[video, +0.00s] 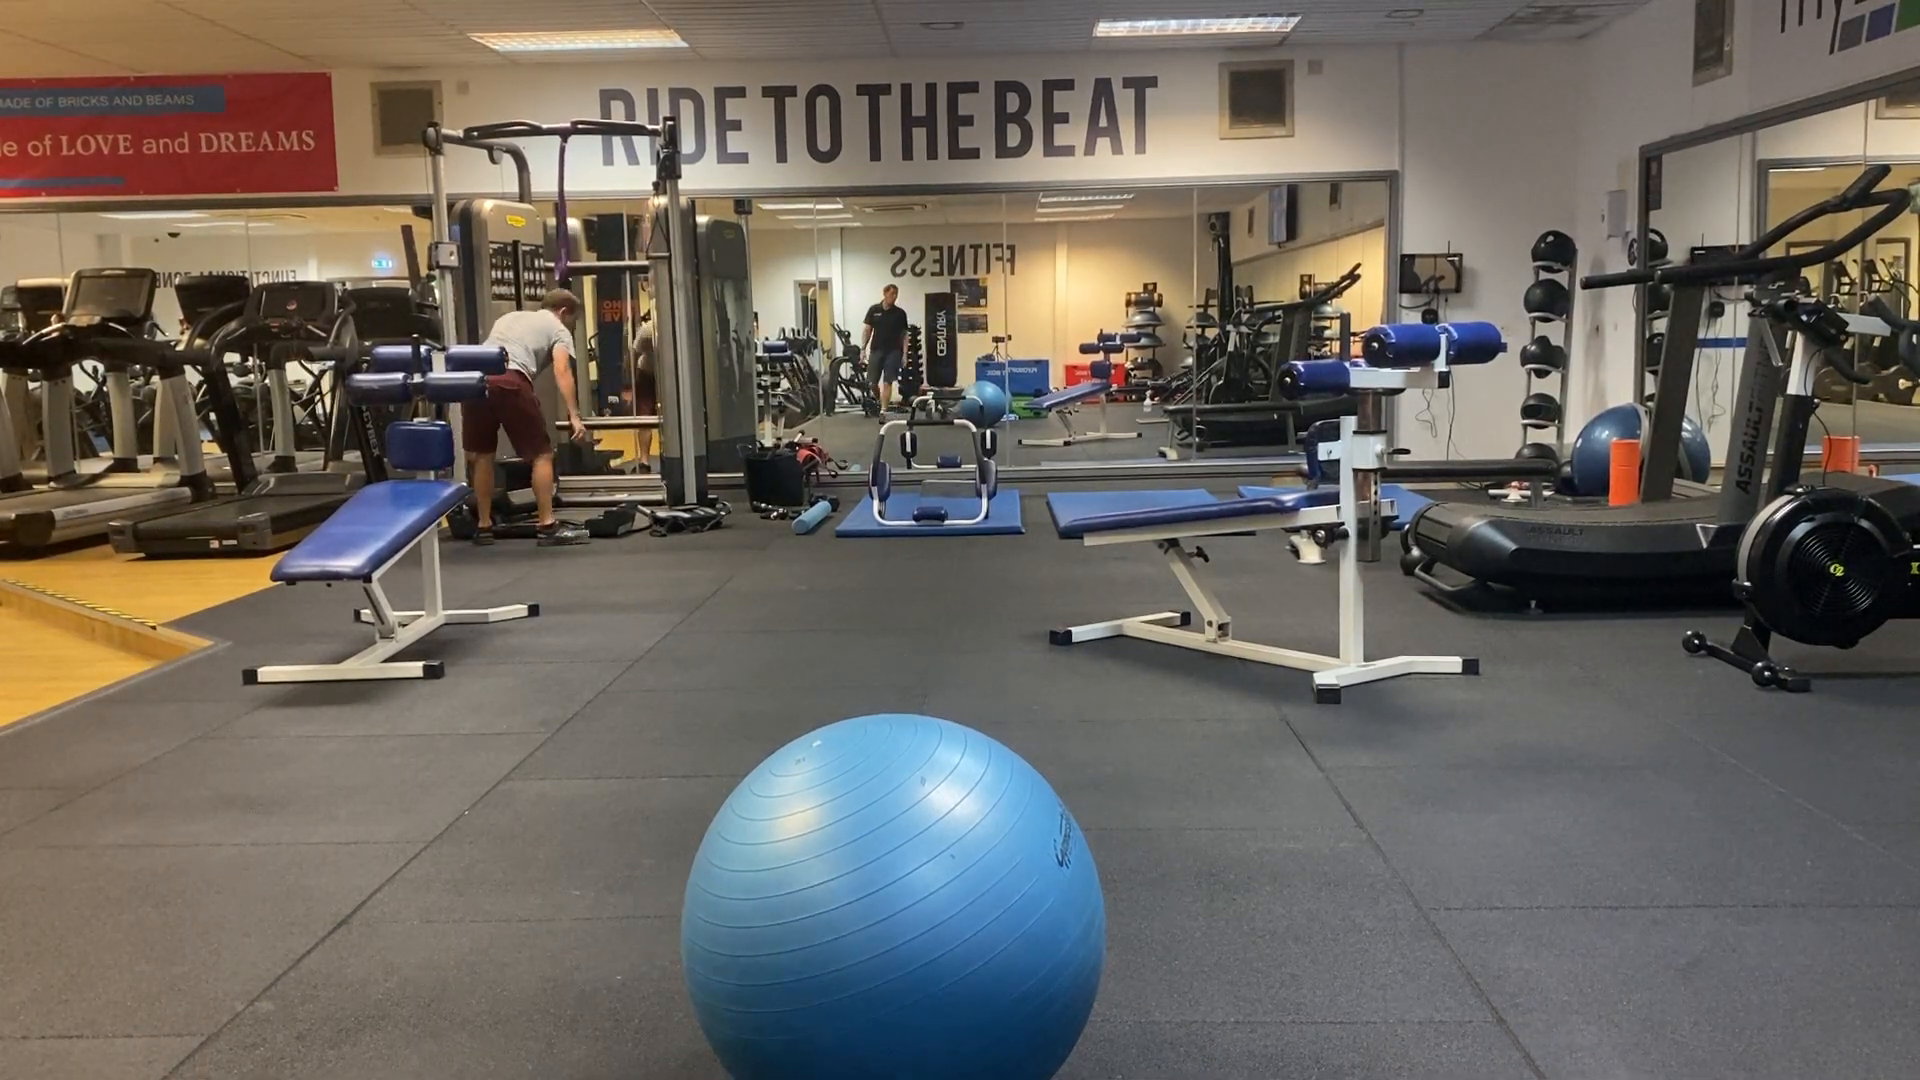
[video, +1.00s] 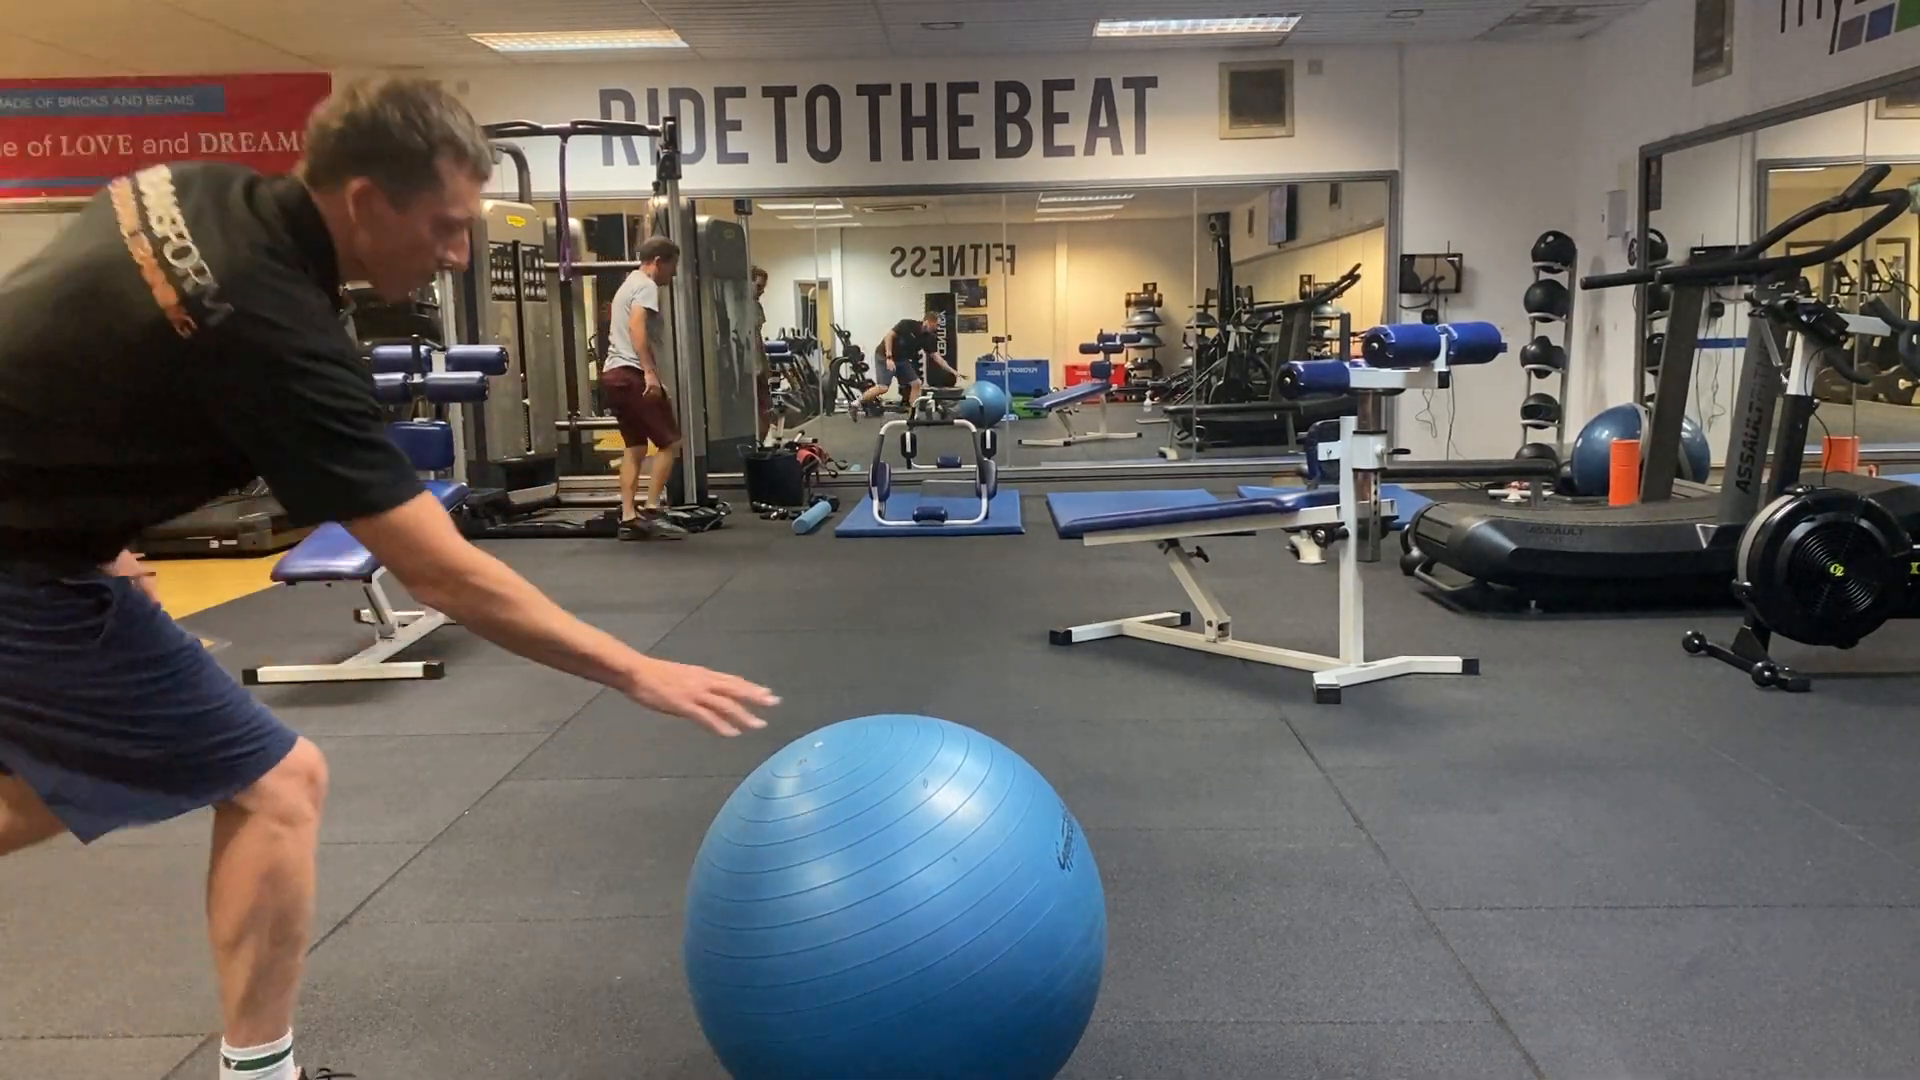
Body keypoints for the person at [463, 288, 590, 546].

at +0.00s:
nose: (571, 326)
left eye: (573, 321)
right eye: (572, 320)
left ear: (545, 308)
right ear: (563, 311)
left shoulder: (508, 317)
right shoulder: (558, 329)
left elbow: (486, 350)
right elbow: (562, 372)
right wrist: (574, 415)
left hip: (476, 381)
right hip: (511, 383)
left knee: (483, 456)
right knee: (541, 455)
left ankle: (483, 526)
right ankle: (547, 525)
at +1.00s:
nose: (673, 274)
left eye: (674, 268)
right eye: (672, 267)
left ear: (649, 262)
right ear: (656, 262)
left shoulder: (629, 282)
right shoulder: (645, 285)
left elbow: (624, 331)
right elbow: (636, 328)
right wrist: (650, 372)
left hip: (612, 374)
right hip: (630, 374)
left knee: (635, 446)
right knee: (670, 442)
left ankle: (628, 516)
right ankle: (651, 507)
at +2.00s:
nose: (778, 274)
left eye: (779, 270)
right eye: (778, 269)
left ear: (751, 264)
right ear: (771, 265)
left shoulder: (727, 295)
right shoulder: (774, 289)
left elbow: (717, 340)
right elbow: (789, 333)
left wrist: (720, 380)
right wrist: (805, 369)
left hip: (732, 371)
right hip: (762, 370)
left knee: (758, 441)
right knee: (767, 441)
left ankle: (771, 504)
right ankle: (735, 502)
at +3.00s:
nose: (896, 351)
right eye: (895, 348)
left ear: (868, 332)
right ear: (890, 342)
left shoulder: (846, 336)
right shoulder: (892, 351)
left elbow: (823, 354)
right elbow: (910, 407)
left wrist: (813, 382)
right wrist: (916, 444)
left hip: (846, 378)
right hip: (882, 378)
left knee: (818, 441)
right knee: (884, 433)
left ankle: (792, 499)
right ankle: (885, 490)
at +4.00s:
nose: (826, 330)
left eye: (827, 327)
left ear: (830, 325)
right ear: (856, 324)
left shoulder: (824, 336)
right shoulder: (874, 334)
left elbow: (813, 370)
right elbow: (902, 377)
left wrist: (811, 407)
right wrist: (890, 406)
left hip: (843, 380)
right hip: (878, 377)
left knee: (816, 445)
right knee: (880, 437)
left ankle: (792, 504)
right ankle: (885, 493)